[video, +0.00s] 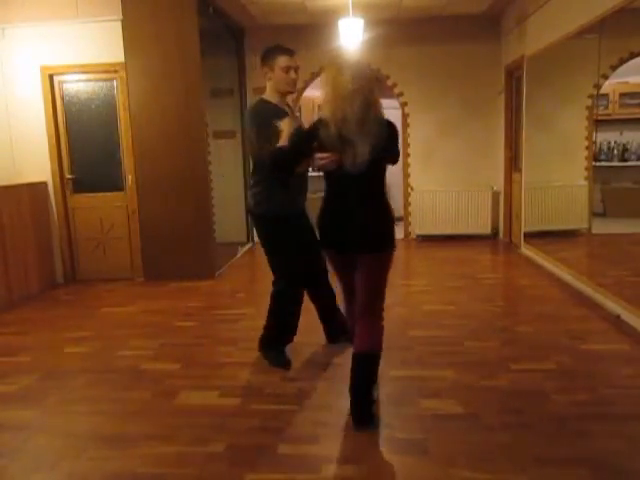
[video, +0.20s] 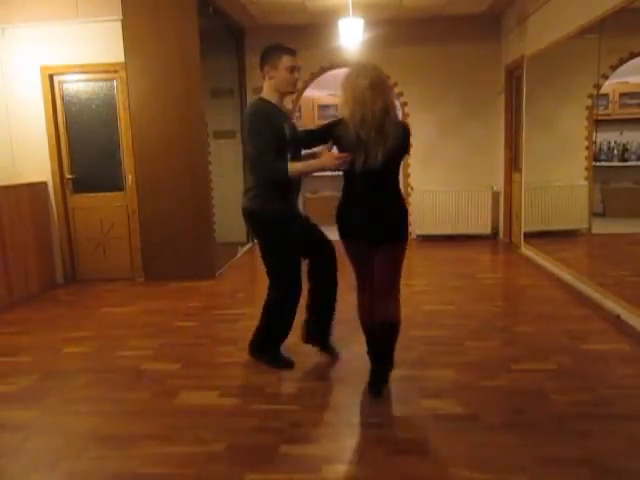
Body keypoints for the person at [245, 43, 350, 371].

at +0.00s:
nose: (294, 76)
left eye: (296, 70)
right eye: (287, 70)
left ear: (297, 73)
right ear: (267, 73)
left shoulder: (291, 111)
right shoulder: (260, 112)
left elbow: (303, 152)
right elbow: (267, 163)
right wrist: (285, 140)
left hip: (292, 207)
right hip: (270, 209)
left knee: (314, 269)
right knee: (291, 275)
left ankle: (336, 328)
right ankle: (272, 343)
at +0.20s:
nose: (297, 77)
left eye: (297, 70)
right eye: (291, 70)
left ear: (274, 74)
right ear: (268, 72)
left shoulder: (278, 112)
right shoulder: (260, 113)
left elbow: (300, 142)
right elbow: (269, 169)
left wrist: (344, 124)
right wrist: (319, 164)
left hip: (280, 209)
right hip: (266, 211)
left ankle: (318, 329)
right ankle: (264, 345)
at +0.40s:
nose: (299, 77)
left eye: (299, 70)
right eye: (293, 69)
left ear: (272, 72)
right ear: (272, 70)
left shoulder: (270, 111)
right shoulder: (263, 113)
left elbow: (281, 165)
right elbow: (276, 170)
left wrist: (315, 160)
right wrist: (328, 163)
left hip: (266, 213)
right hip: (271, 215)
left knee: (272, 280)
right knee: (319, 271)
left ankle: (264, 344)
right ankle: (281, 347)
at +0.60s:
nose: (300, 76)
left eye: (301, 68)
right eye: (297, 68)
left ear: (272, 67)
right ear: (279, 66)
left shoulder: (261, 106)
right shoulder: (266, 109)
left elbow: (281, 165)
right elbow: (286, 167)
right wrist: (335, 160)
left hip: (260, 216)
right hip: (274, 218)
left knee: (266, 288)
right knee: (299, 292)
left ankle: (264, 364)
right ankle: (271, 376)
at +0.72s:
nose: (301, 71)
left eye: (301, 64)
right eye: (298, 64)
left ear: (274, 62)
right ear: (281, 62)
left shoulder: (262, 101)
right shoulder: (262, 104)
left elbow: (275, 162)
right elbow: (275, 164)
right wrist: (327, 167)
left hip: (264, 217)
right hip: (270, 219)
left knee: (273, 290)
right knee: (293, 295)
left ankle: (244, 342)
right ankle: (269, 377)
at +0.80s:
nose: (300, 71)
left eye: (300, 64)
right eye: (297, 63)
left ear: (275, 62)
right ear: (280, 62)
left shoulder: (268, 103)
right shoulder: (257, 103)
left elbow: (277, 164)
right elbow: (267, 166)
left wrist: (318, 168)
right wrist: (323, 172)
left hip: (277, 220)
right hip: (261, 221)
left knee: (295, 295)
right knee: (278, 297)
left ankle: (268, 376)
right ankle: (231, 349)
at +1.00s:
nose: (294, 73)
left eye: (294, 65)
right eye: (292, 65)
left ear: (267, 60)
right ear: (275, 61)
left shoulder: (260, 104)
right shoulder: (246, 102)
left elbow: (264, 168)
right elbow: (239, 169)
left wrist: (302, 164)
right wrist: (293, 186)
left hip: (263, 223)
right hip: (244, 225)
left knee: (285, 301)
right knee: (254, 309)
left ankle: (272, 393)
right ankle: (210, 401)